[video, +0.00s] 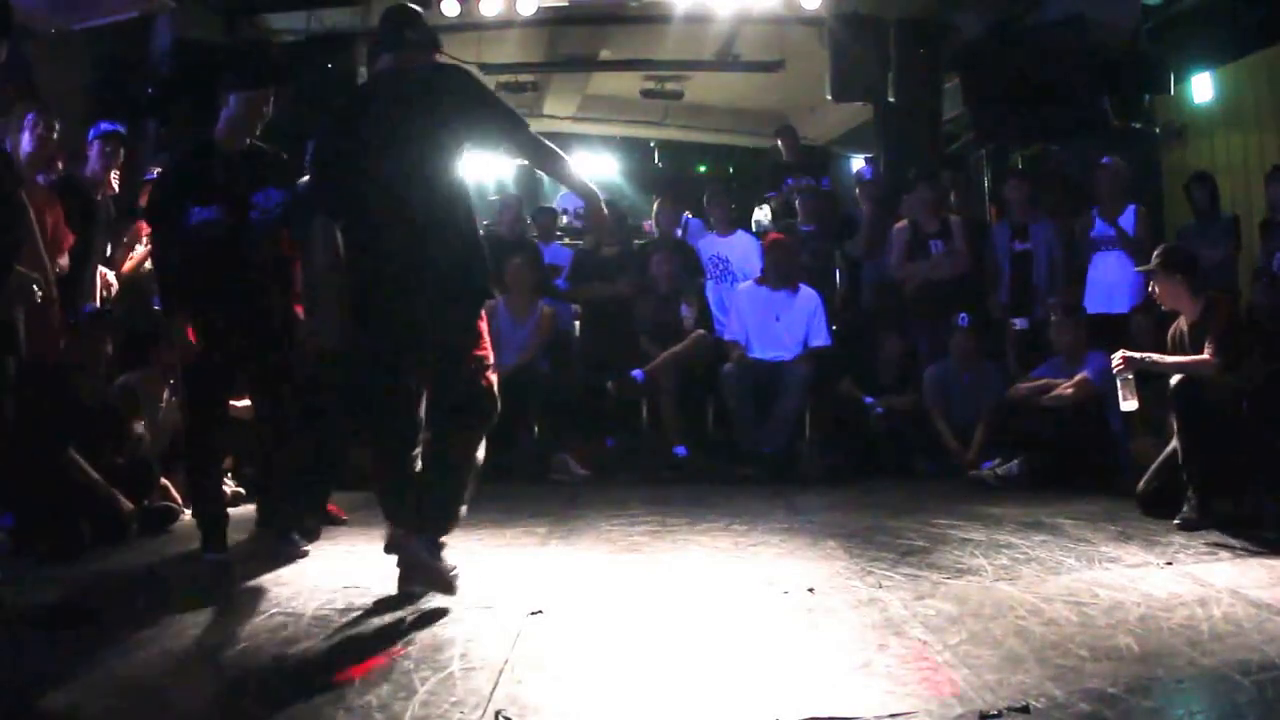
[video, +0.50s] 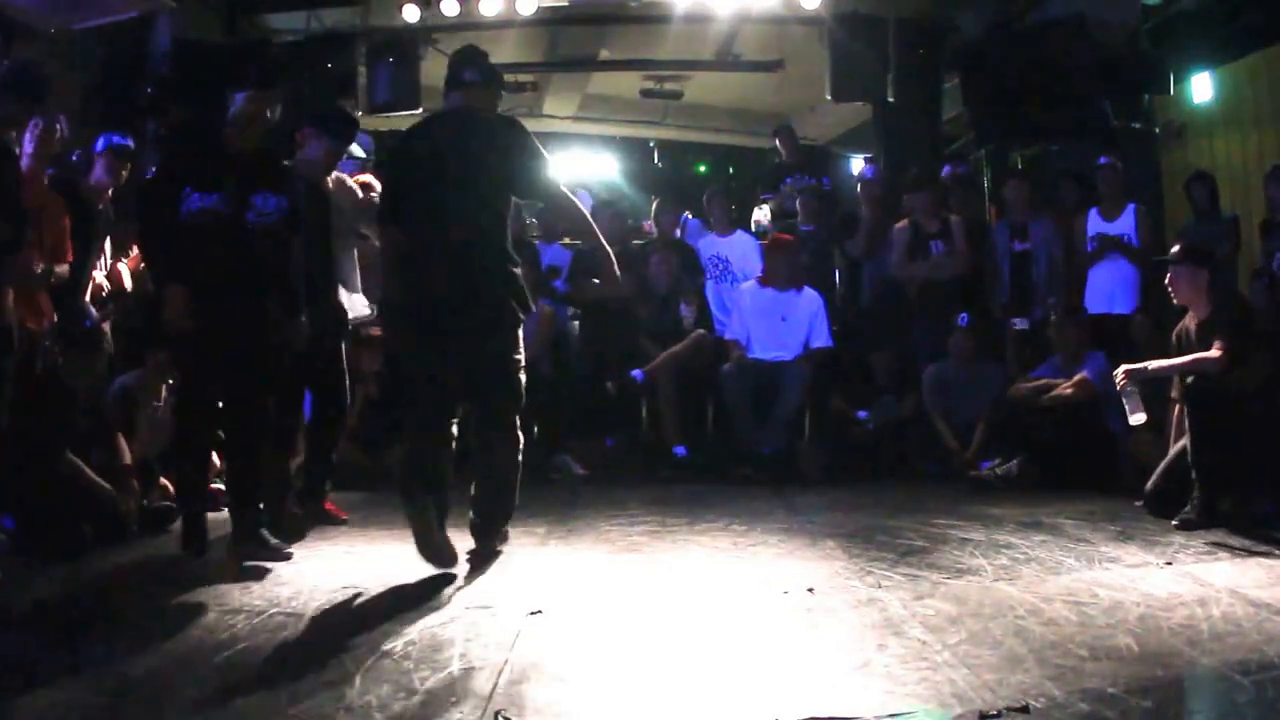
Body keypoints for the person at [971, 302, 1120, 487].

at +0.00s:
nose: (1055, 334)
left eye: (1062, 328)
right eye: (1053, 328)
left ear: (1078, 329)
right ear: (1050, 332)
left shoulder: (1097, 361)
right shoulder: (1055, 364)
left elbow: (1070, 394)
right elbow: (1013, 393)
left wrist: (1036, 400)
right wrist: (1056, 383)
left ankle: (1021, 465)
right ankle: (1002, 461)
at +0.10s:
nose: (1054, 333)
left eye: (1059, 326)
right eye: (1052, 326)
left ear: (1077, 329)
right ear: (1050, 331)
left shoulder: (1096, 361)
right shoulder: (1055, 364)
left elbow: (1072, 393)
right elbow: (1014, 392)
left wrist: (1035, 400)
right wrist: (1057, 384)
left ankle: (1023, 463)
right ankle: (1003, 459)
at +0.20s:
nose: (1054, 332)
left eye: (1060, 326)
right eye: (1052, 326)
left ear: (1077, 329)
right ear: (1049, 331)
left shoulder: (1096, 360)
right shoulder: (1055, 363)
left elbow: (1072, 393)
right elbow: (1015, 392)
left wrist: (1035, 400)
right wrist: (1057, 384)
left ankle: (1022, 464)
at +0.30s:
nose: (1054, 332)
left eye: (1060, 325)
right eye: (1052, 326)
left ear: (1077, 328)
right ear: (1049, 332)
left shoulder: (1096, 359)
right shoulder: (1056, 362)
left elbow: (1073, 392)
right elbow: (1015, 392)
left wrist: (1035, 401)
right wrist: (1054, 384)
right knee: (1000, 404)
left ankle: (1021, 464)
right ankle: (971, 460)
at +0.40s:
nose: (1054, 333)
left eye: (1060, 327)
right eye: (1052, 327)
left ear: (1077, 330)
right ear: (1049, 332)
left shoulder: (1097, 360)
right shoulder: (1056, 362)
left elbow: (1072, 393)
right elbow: (1014, 392)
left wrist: (1037, 401)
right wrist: (1054, 384)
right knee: (1000, 404)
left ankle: (1021, 464)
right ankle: (972, 460)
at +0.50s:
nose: (1056, 336)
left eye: (1062, 329)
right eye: (1054, 329)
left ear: (1078, 331)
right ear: (1051, 333)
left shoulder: (1095, 360)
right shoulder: (1057, 362)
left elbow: (1075, 392)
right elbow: (1014, 392)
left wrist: (1040, 401)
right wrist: (1053, 383)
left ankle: (1022, 464)